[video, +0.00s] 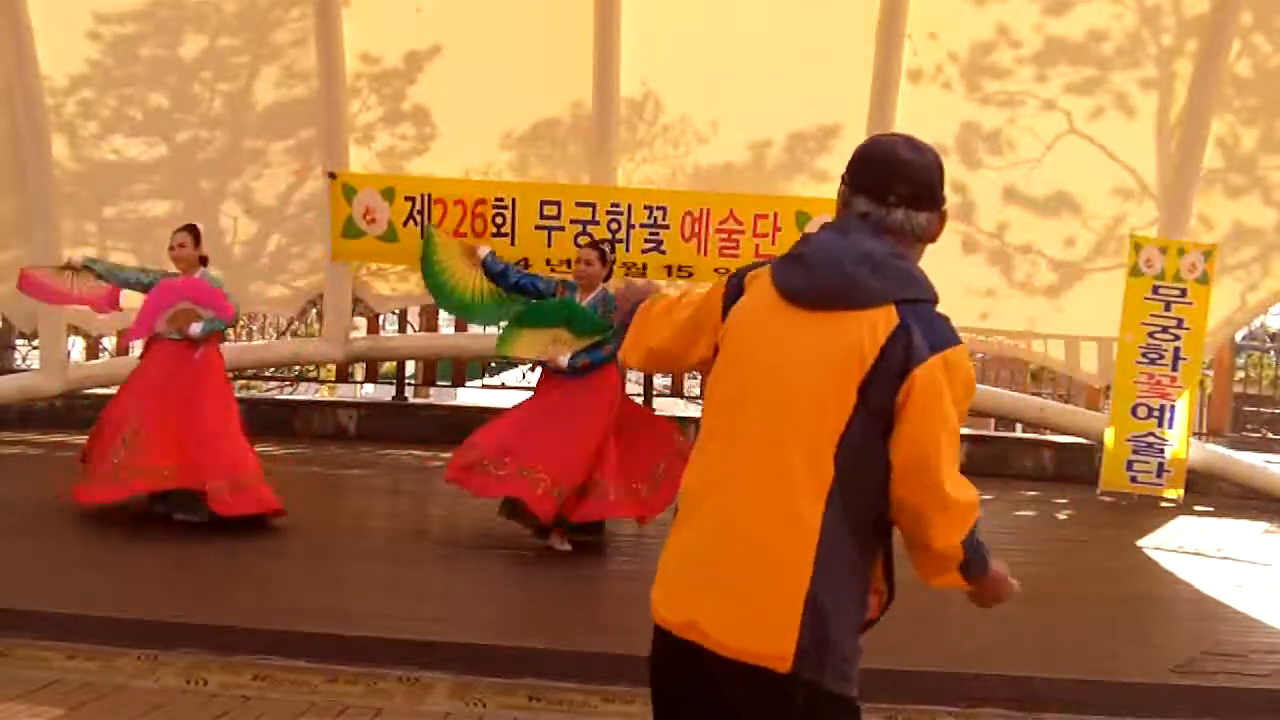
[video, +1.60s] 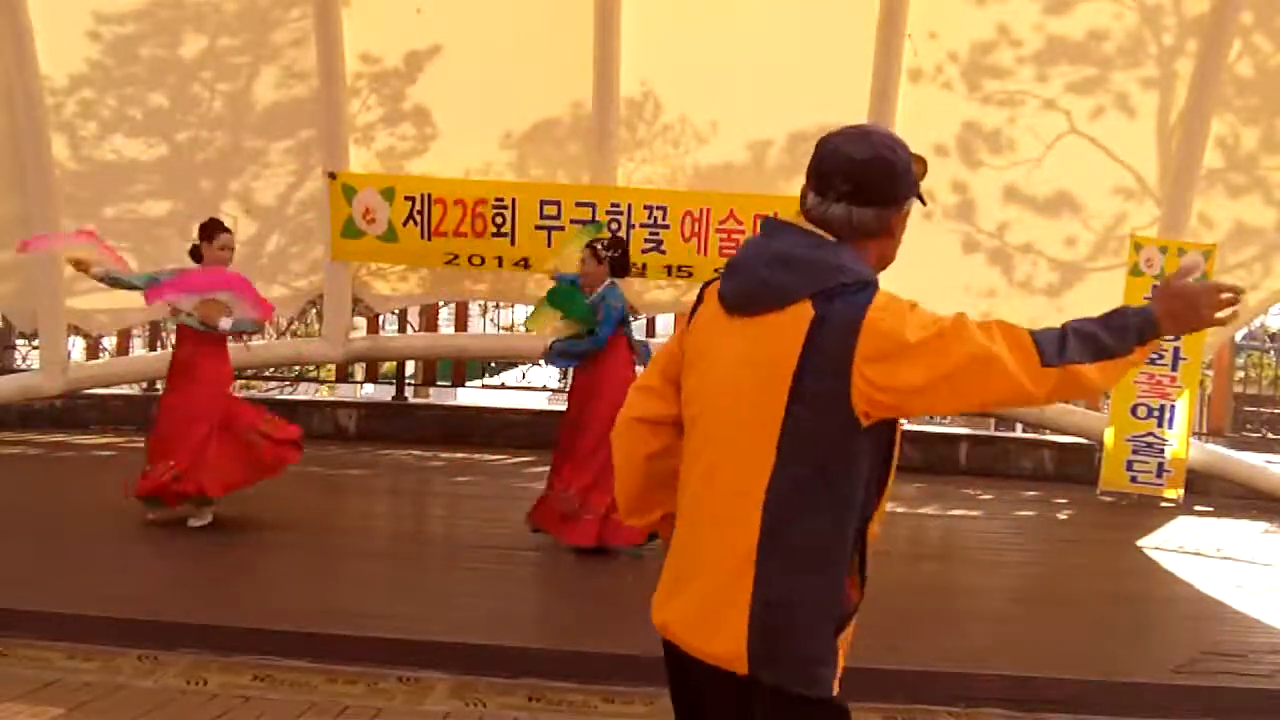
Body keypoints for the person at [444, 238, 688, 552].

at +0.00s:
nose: (580, 268)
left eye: (588, 264)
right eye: (578, 262)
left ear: (606, 271)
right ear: (574, 265)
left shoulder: (616, 302)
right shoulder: (563, 291)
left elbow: (614, 346)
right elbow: (520, 281)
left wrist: (572, 361)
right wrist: (486, 257)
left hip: (598, 382)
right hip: (559, 380)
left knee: (580, 449)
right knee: (550, 442)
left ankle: (559, 527)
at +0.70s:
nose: (602, 264)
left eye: (609, 260)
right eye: (597, 257)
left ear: (618, 266)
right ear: (587, 261)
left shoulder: (622, 305)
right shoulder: (574, 289)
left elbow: (645, 345)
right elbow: (540, 267)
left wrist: (622, 351)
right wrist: (499, 246)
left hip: (606, 379)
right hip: (572, 374)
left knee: (598, 444)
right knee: (564, 442)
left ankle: (589, 518)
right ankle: (550, 520)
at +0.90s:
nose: (627, 267)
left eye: (628, 261)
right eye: (619, 260)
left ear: (628, 267)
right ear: (599, 262)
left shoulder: (633, 301)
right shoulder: (593, 292)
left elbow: (652, 339)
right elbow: (567, 276)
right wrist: (536, 263)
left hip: (624, 382)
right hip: (593, 380)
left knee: (616, 448)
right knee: (587, 447)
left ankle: (610, 526)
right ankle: (574, 525)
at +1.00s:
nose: (633, 266)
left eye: (632, 260)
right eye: (627, 260)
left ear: (614, 262)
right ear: (607, 262)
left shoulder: (624, 300)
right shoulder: (603, 289)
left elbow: (635, 340)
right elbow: (594, 278)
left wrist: (644, 319)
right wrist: (578, 268)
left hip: (621, 386)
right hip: (599, 387)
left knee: (613, 452)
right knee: (595, 453)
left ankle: (608, 527)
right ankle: (589, 528)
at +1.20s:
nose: (625, 268)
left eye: (622, 262)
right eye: (621, 262)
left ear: (591, 266)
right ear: (611, 263)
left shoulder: (580, 299)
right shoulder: (614, 291)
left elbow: (572, 328)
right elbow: (650, 285)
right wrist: (692, 275)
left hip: (576, 380)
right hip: (604, 382)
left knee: (573, 452)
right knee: (599, 452)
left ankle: (559, 522)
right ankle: (597, 528)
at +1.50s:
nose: (573, 264)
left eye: (578, 260)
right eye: (575, 259)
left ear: (593, 263)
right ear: (606, 263)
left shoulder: (588, 296)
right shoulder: (617, 289)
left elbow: (571, 341)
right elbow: (638, 276)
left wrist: (553, 346)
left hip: (599, 376)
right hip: (626, 372)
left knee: (590, 447)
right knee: (615, 445)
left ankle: (592, 526)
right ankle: (616, 525)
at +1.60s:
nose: (581, 267)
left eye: (587, 262)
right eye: (582, 261)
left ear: (605, 267)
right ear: (593, 264)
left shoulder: (612, 296)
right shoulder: (589, 291)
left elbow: (597, 340)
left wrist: (554, 349)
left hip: (612, 378)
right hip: (591, 375)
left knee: (594, 447)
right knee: (585, 446)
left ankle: (597, 527)